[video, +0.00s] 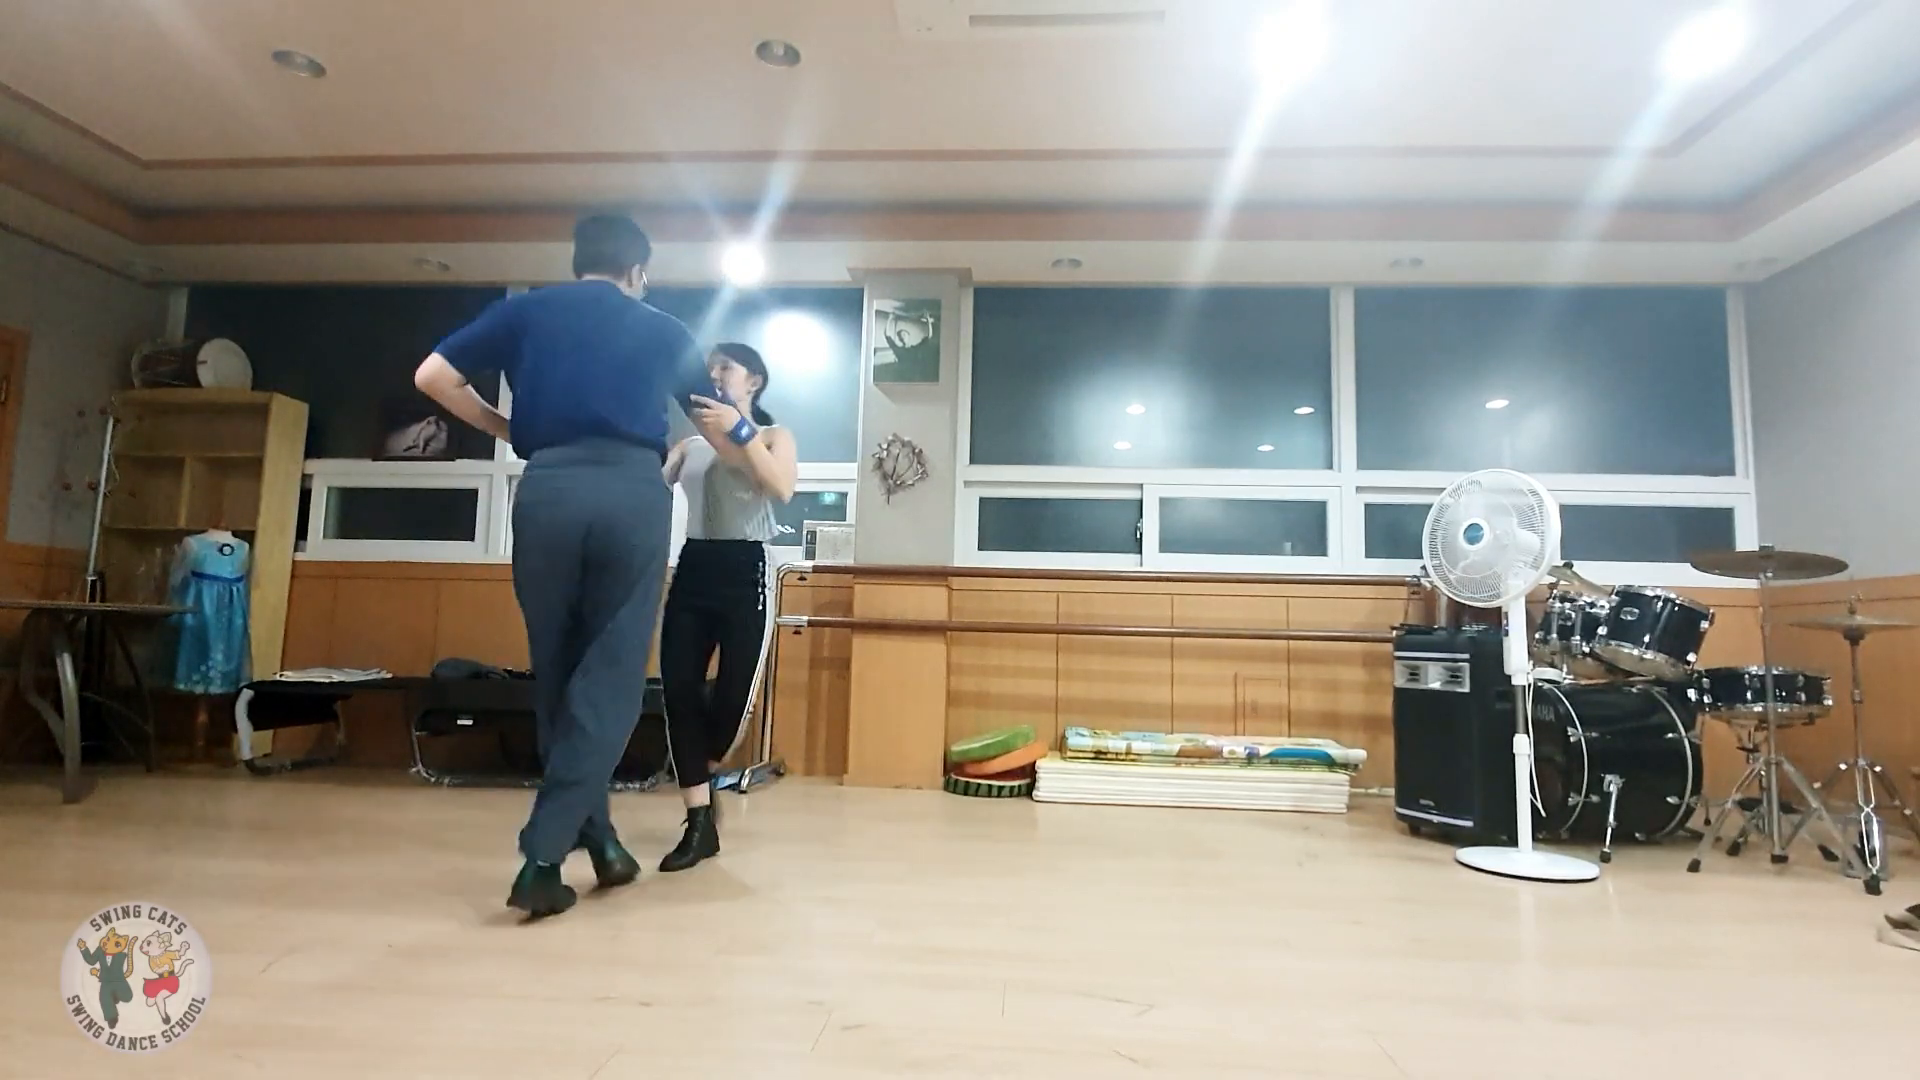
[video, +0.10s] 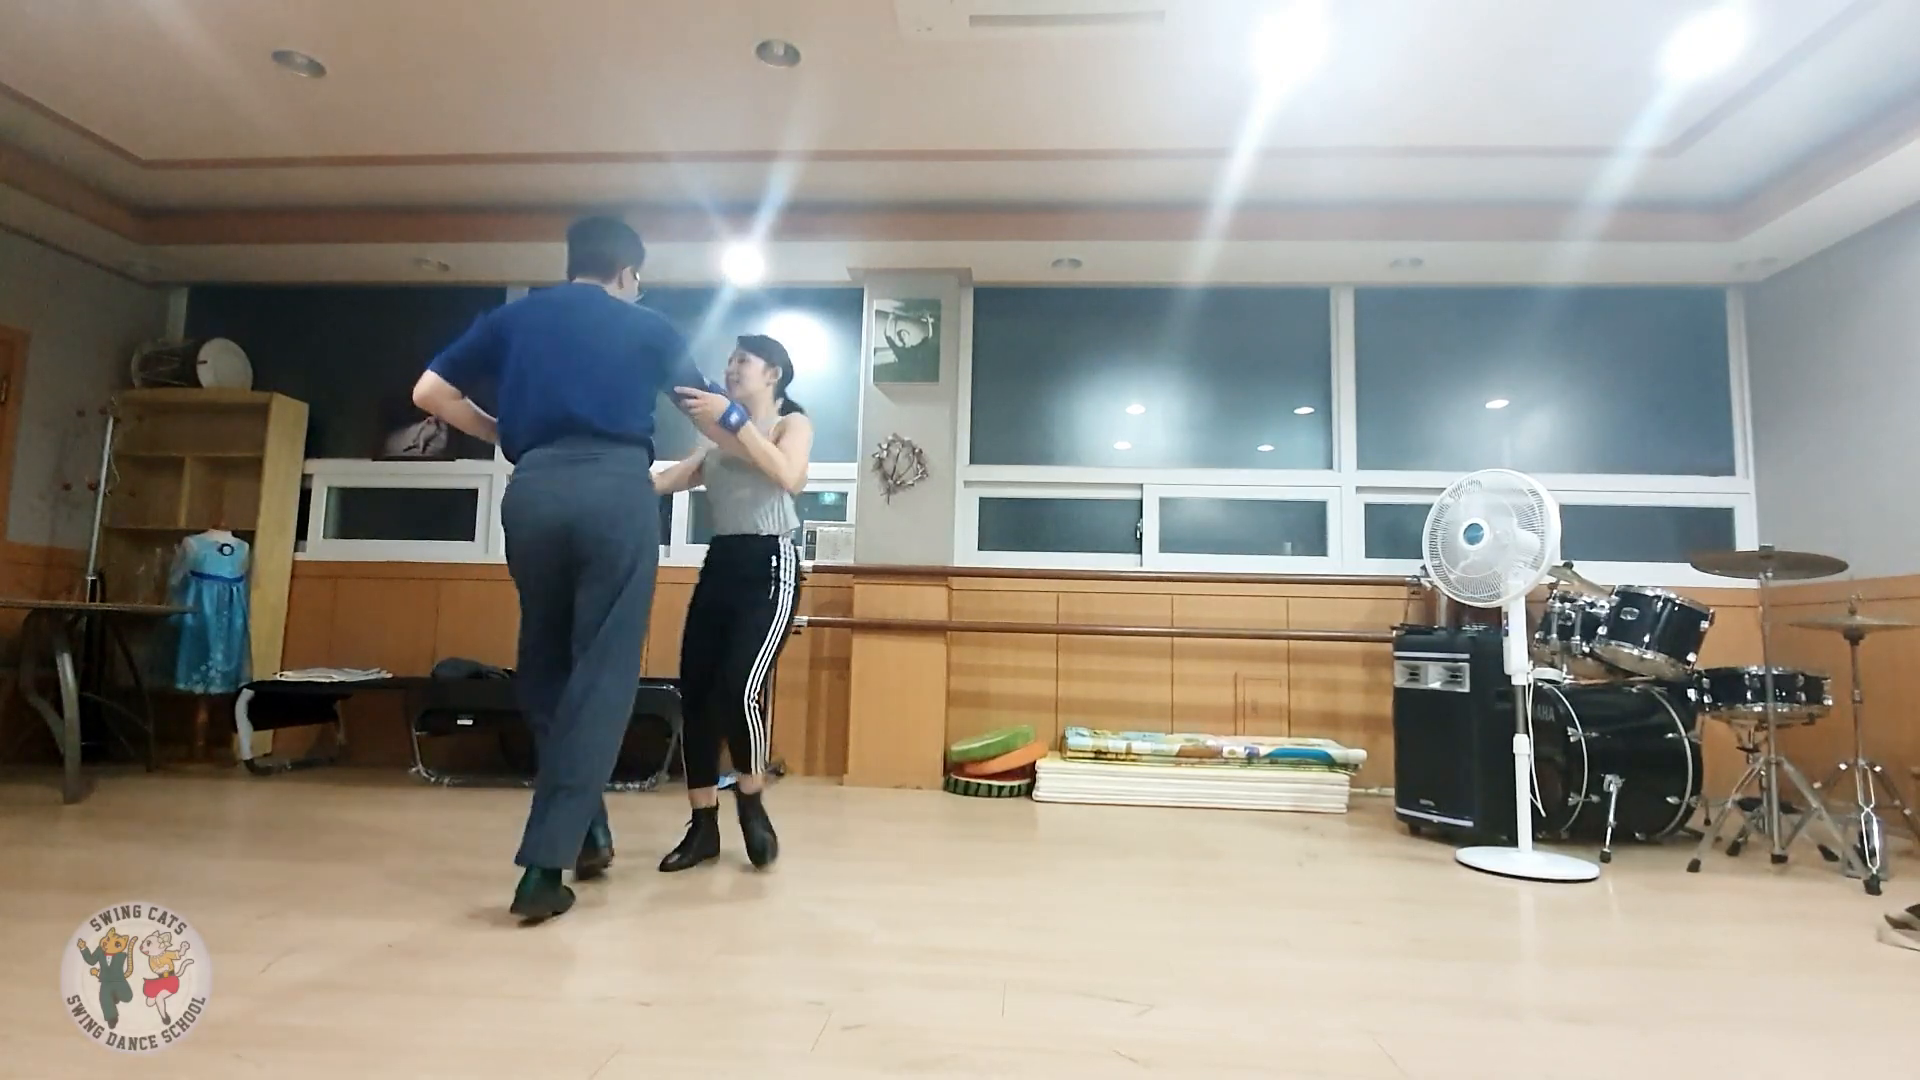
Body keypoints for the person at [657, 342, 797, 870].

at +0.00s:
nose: (716, 376)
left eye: (728, 368)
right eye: (712, 367)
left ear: (754, 382)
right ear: (705, 378)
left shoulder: (774, 436)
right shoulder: (692, 438)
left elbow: (782, 488)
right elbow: (652, 488)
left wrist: (736, 433)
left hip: (747, 573)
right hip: (693, 568)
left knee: (733, 701)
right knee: (679, 692)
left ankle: (703, 767)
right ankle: (700, 821)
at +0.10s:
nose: (730, 367)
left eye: (743, 360)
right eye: (730, 360)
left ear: (774, 375)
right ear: (729, 377)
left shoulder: (793, 423)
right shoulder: (720, 435)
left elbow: (792, 477)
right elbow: (663, 480)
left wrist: (729, 423)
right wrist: (606, 468)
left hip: (772, 562)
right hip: (722, 562)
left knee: (741, 686)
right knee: (697, 690)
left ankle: (751, 804)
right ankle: (703, 825)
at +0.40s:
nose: (767, 350)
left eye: (775, 341)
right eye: (771, 341)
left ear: (800, 349)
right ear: (802, 353)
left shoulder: (807, 385)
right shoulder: (781, 411)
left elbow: (745, 427)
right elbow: (734, 487)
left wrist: (684, 394)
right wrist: (658, 485)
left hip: (813, 553)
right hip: (791, 559)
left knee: (770, 703)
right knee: (722, 693)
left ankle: (792, 859)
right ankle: (721, 832)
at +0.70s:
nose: (725, 340)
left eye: (730, 331)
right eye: (732, 330)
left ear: (741, 335)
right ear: (784, 342)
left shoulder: (729, 387)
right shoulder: (799, 401)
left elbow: (659, 465)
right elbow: (740, 455)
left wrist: (645, 422)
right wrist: (681, 428)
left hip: (732, 547)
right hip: (783, 555)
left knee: (697, 708)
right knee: (722, 710)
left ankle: (787, 844)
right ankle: (689, 859)